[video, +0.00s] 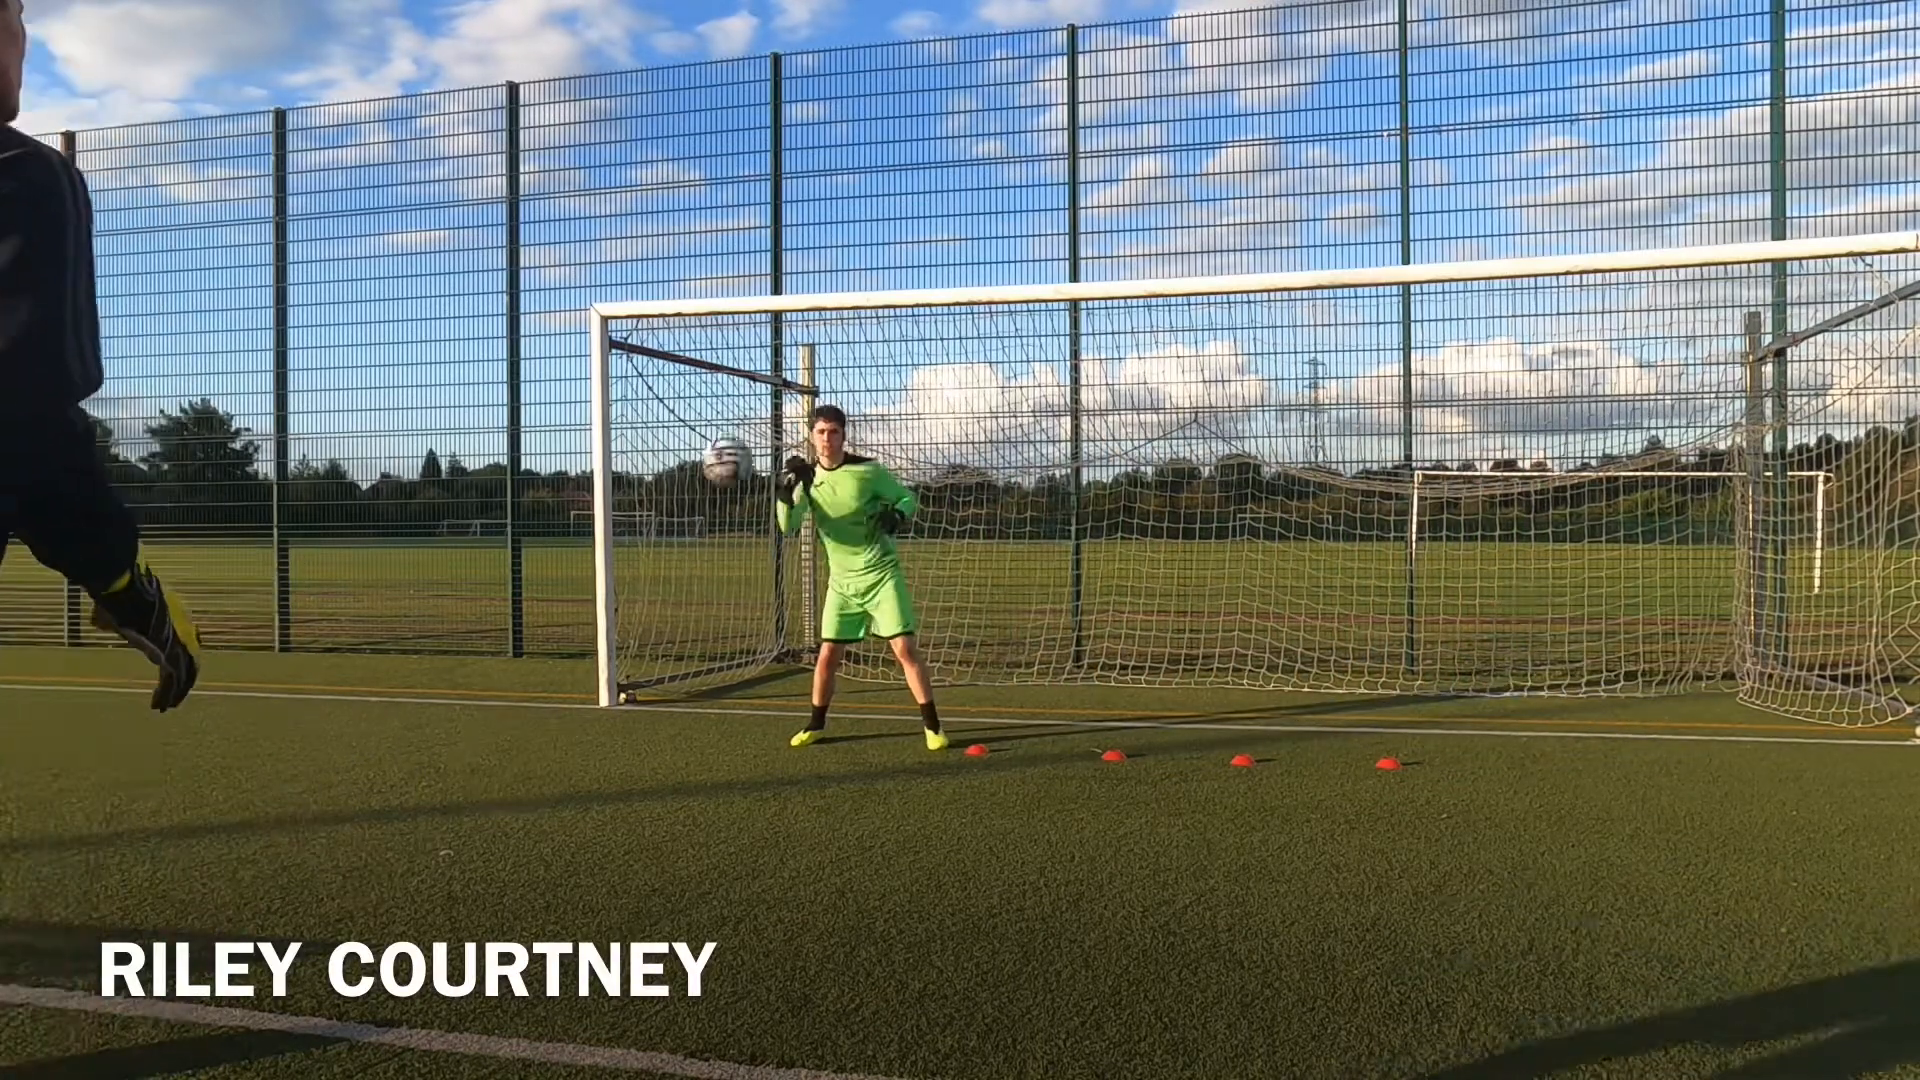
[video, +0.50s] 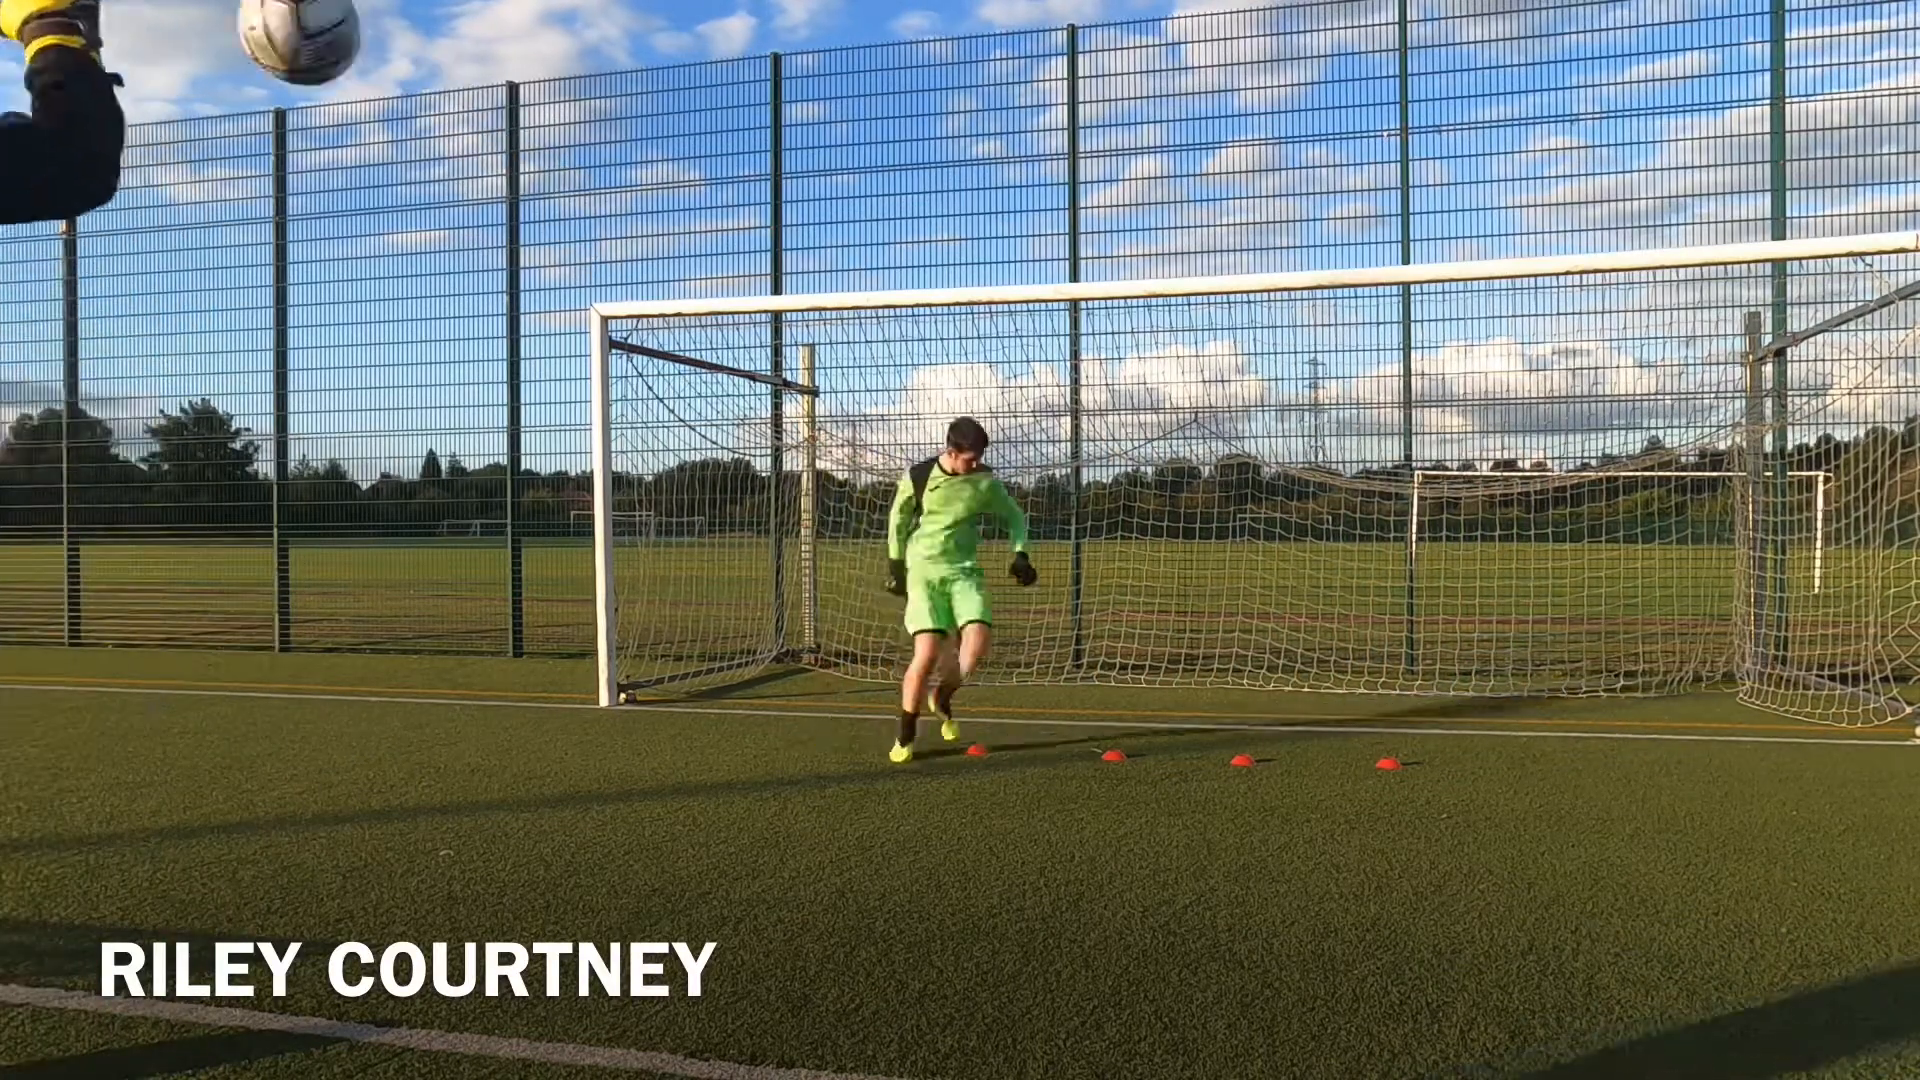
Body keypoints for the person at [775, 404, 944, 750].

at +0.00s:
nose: (828, 438)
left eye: (834, 431)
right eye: (821, 432)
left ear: (844, 436)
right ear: (812, 437)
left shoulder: (870, 472)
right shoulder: (807, 480)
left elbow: (908, 500)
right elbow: (787, 526)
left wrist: (897, 515)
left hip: (882, 576)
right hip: (840, 583)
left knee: (904, 648)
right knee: (827, 655)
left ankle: (932, 725)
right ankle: (816, 725)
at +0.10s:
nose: (854, 447)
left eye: (859, 440)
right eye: (847, 440)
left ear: (866, 438)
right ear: (833, 438)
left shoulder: (884, 473)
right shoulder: (821, 481)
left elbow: (917, 505)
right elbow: (798, 521)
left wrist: (907, 524)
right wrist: (810, 481)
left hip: (890, 578)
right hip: (846, 583)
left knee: (912, 648)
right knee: (829, 653)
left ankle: (928, 724)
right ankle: (817, 724)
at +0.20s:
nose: (890, 456)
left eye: (893, 449)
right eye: (884, 450)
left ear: (896, 445)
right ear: (865, 443)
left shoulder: (906, 479)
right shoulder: (838, 477)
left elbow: (932, 516)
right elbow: (818, 532)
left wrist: (918, 533)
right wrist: (837, 516)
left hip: (901, 582)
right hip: (857, 586)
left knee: (920, 649)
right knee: (837, 657)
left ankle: (912, 716)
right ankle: (818, 723)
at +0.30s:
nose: (919, 461)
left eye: (923, 454)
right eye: (914, 455)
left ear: (926, 449)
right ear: (896, 447)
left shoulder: (934, 482)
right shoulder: (865, 479)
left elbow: (952, 518)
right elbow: (842, 523)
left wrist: (941, 542)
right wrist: (855, 548)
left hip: (924, 589)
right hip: (880, 587)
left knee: (916, 665)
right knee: (859, 660)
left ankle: (896, 722)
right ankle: (831, 719)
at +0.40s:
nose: (948, 459)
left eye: (951, 453)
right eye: (943, 454)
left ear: (952, 449)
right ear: (924, 445)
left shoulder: (961, 477)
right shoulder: (891, 472)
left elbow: (979, 509)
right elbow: (872, 514)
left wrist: (978, 542)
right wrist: (869, 557)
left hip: (943, 581)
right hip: (902, 576)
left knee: (931, 667)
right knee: (891, 645)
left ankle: (905, 710)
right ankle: (885, 723)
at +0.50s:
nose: (977, 463)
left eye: (980, 457)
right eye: (971, 458)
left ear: (981, 452)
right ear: (952, 450)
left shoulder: (986, 484)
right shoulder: (917, 478)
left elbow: (1015, 516)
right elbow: (898, 520)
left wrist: (1020, 552)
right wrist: (896, 565)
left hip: (965, 573)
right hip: (923, 574)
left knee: (976, 647)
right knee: (927, 652)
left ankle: (942, 697)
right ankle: (906, 733)